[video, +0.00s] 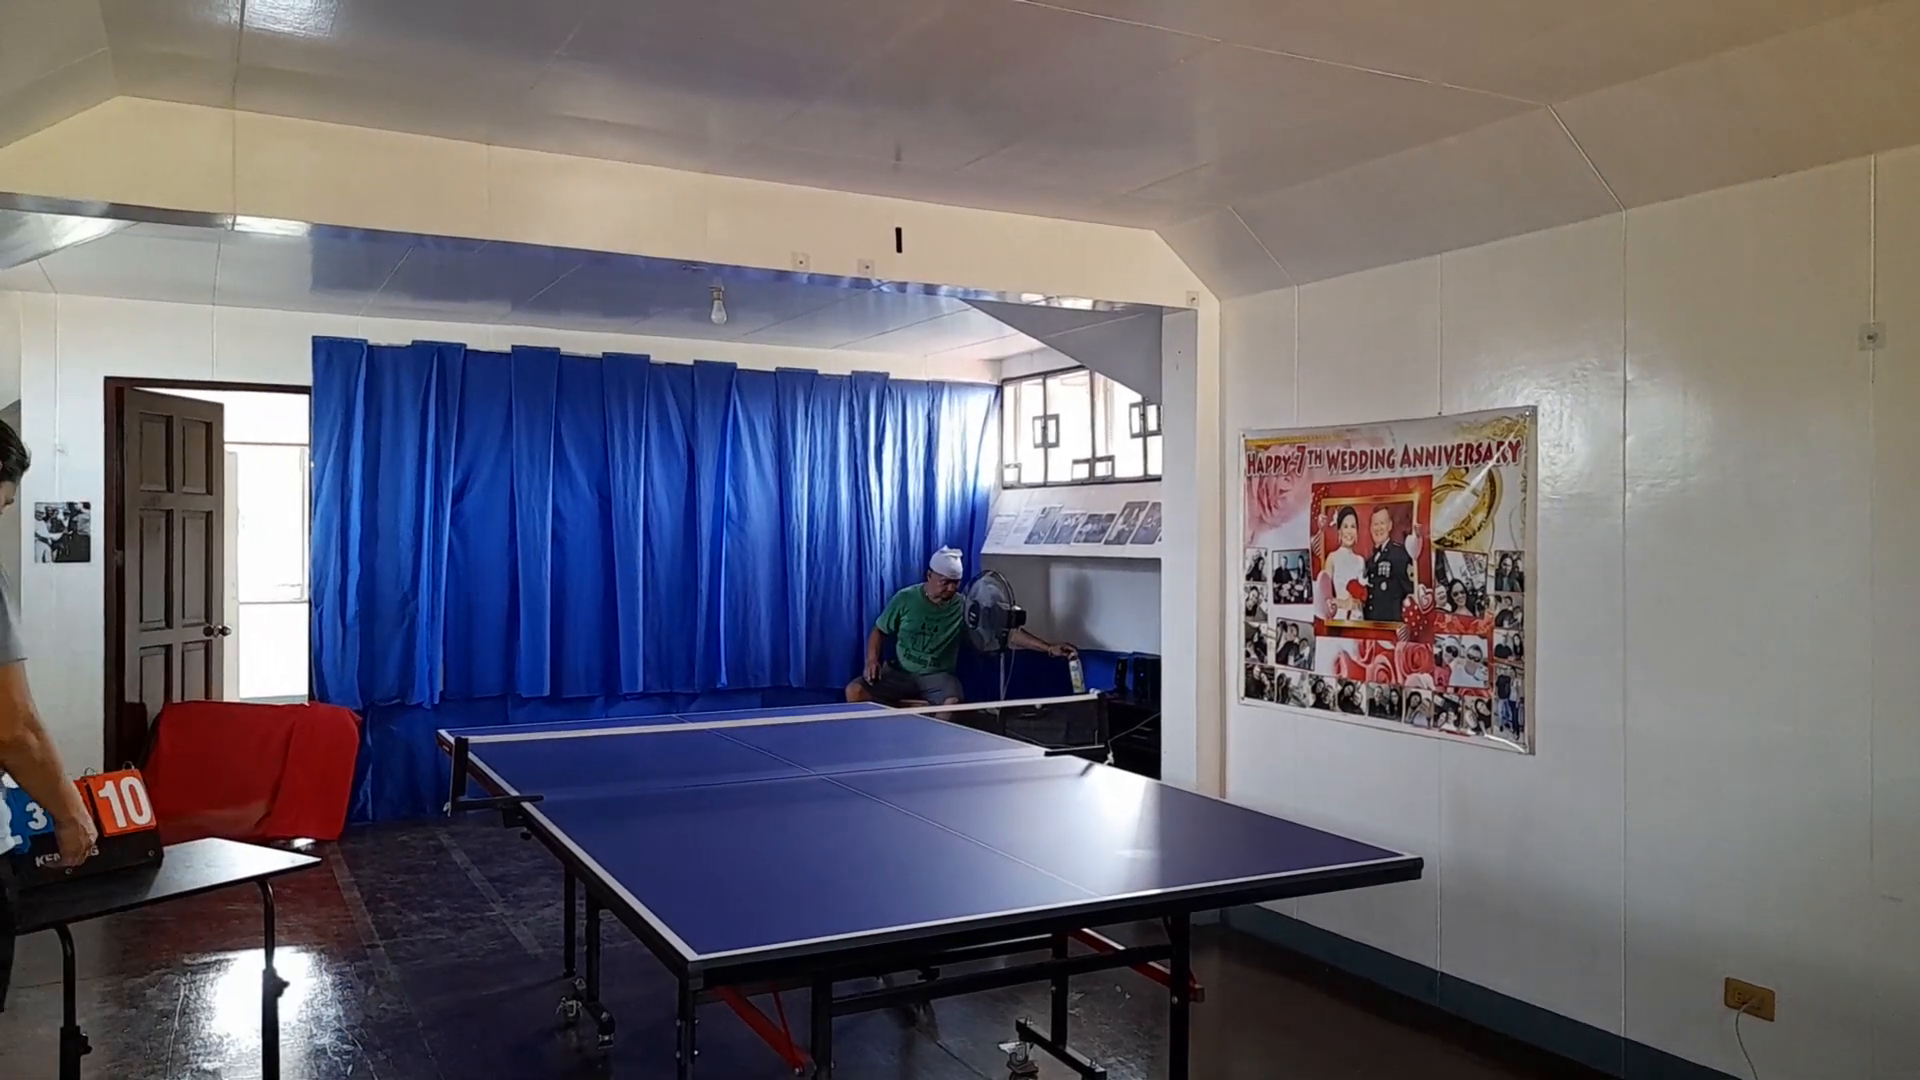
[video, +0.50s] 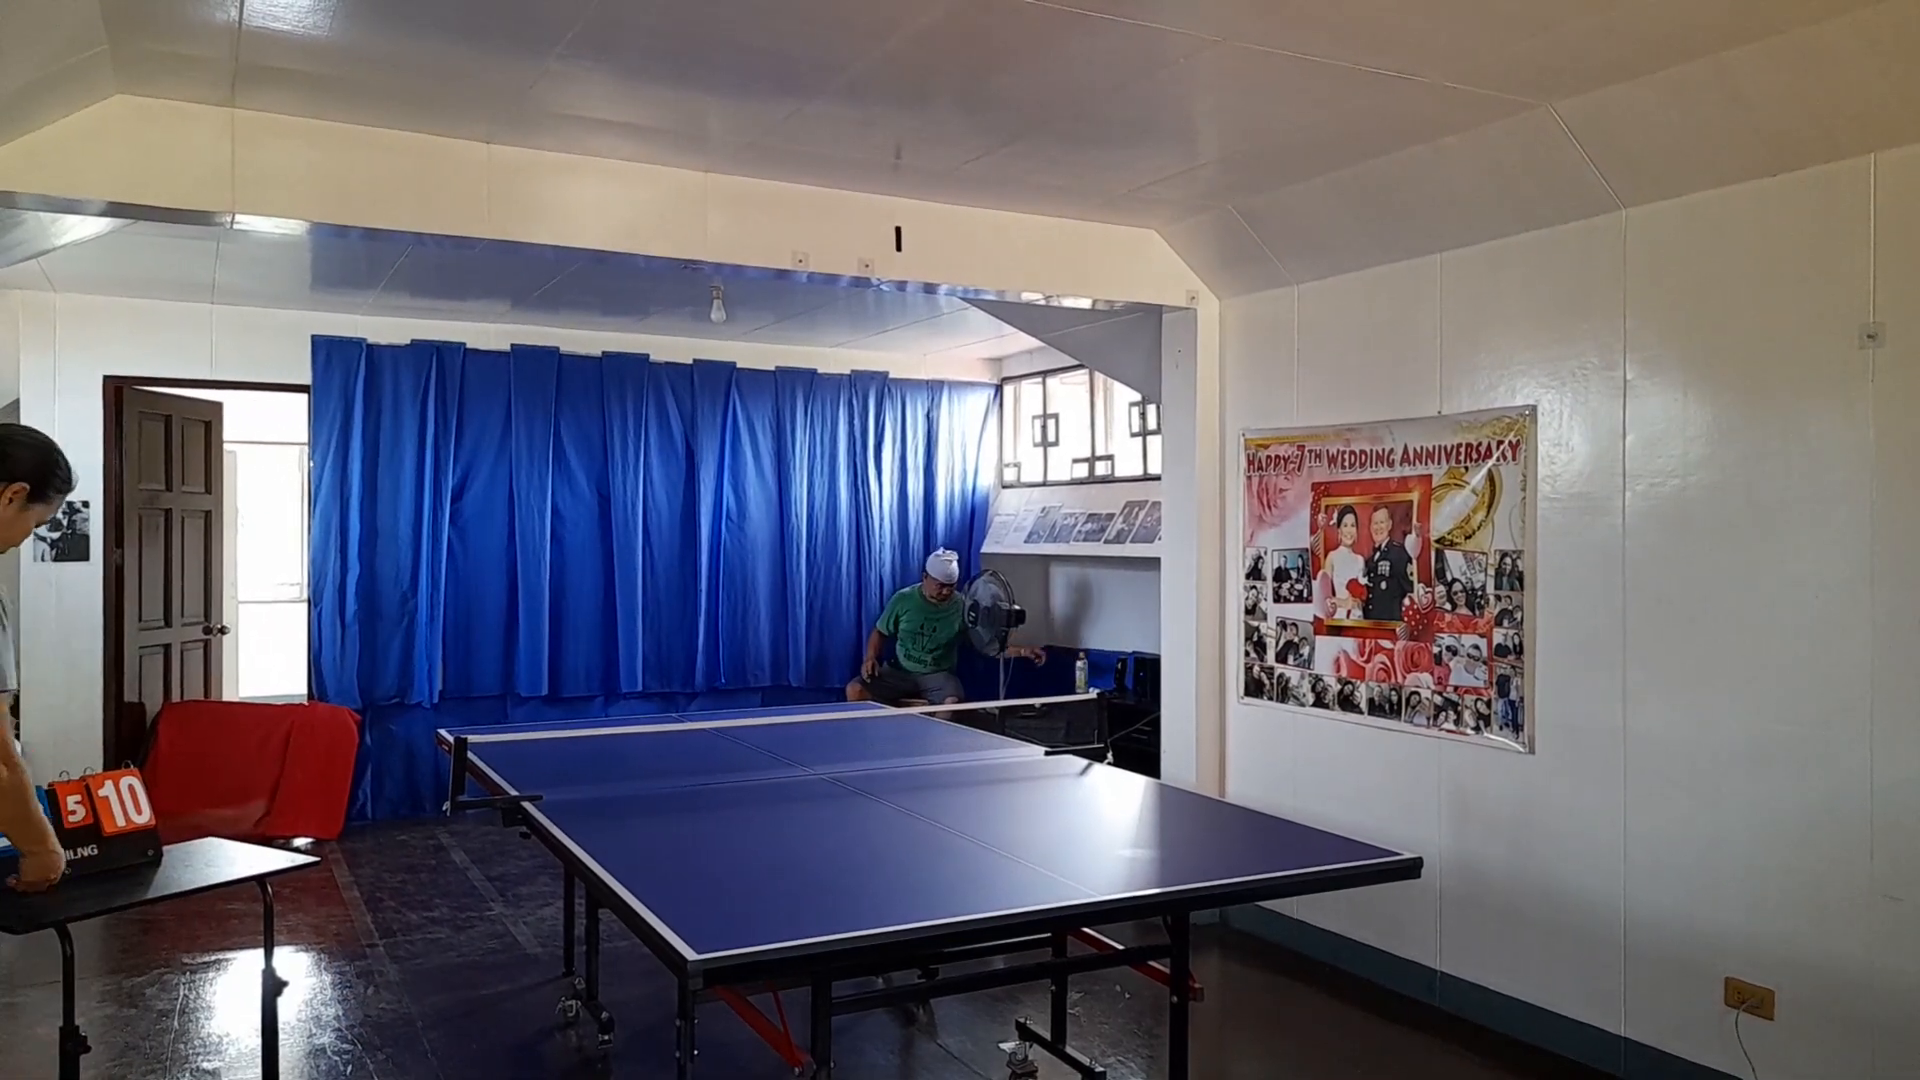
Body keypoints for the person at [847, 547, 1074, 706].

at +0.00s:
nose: (951, 588)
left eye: (955, 583)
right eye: (945, 582)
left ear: (960, 582)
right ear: (929, 577)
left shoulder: (963, 607)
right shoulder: (905, 598)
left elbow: (1005, 631)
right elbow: (878, 631)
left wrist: (1048, 648)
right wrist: (872, 660)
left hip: (938, 678)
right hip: (900, 672)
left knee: (953, 706)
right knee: (854, 690)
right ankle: (876, 745)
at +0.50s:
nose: (945, 592)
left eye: (950, 587)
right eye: (940, 585)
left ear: (956, 583)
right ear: (925, 578)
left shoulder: (963, 607)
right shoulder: (904, 599)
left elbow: (986, 645)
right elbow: (880, 632)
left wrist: (1022, 651)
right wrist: (870, 657)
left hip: (938, 676)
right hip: (901, 672)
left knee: (951, 703)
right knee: (854, 690)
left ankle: (933, 752)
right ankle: (871, 746)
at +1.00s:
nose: (928, 586)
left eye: (932, 580)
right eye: (922, 580)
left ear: (937, 577)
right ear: (906, 573)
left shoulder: (947, 600)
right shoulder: (887, 602)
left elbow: (963, 635)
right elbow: (866, 642)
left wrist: (976, 662)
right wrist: (868, 660)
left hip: (935, 674)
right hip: (896, 673)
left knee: (949, 700)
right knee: (852, 690)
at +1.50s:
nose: (900, 586)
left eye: (903, 579)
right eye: (892, 582)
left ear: (907, 574)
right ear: (877, 580)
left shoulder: (926, 598)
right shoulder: (866, 611)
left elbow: (949, 637)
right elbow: (858, 655)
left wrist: (961, 679)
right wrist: (872, 678)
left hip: (928, 671)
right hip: (888, 674)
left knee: (940, 698)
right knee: (848, 690)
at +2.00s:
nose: (869, 603)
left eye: (872, 595)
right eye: (862, 599)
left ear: (882, 584)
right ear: (855, 599)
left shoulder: (909, 602)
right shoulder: (854, 622)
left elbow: (946, 624)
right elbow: (853, 663)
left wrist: (963, 663)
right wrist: (866, 668)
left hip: (923, 669)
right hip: (885, 674)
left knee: (937, 699)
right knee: (848, 692)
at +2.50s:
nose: (850, 552)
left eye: (858, 545)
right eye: (847, 545)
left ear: (875, 548)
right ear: (843, 548)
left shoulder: (891, 581)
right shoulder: (840, 586)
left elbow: (897, 638)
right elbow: (845, 635)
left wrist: (900, 686)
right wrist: (857, 680)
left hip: (912, 646)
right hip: (874, 649)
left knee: (909, 703)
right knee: (843, 695)